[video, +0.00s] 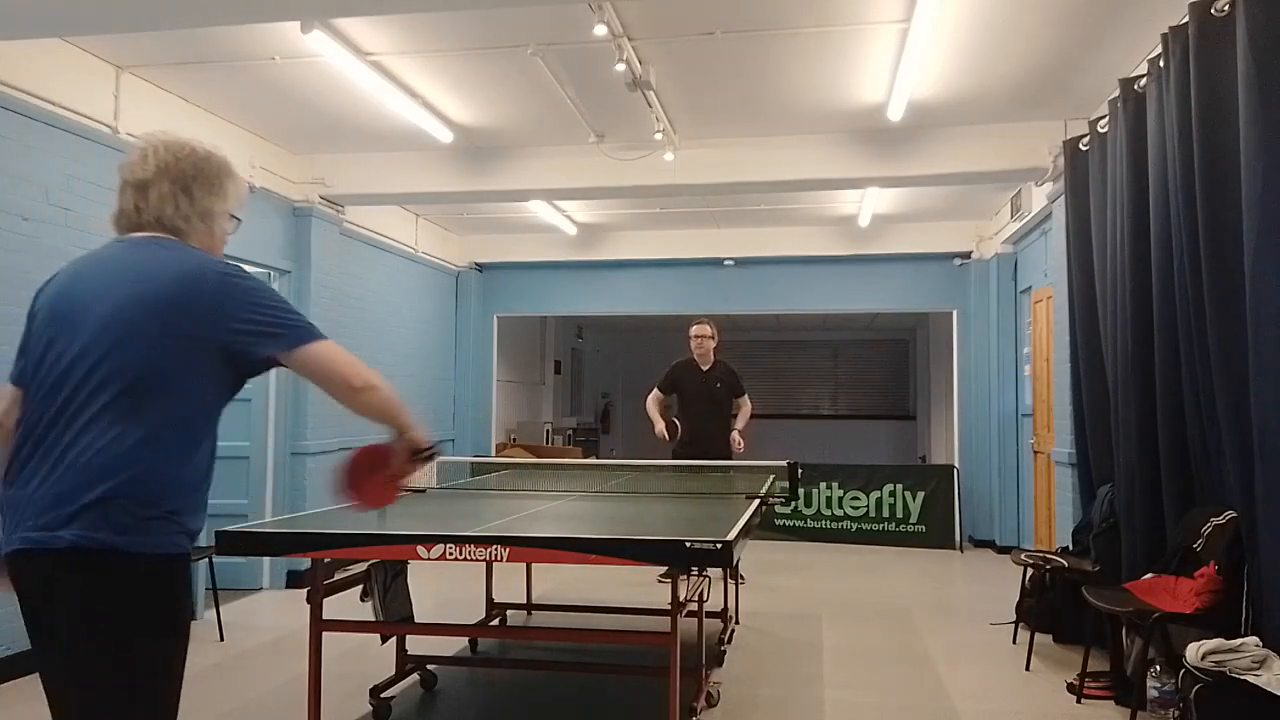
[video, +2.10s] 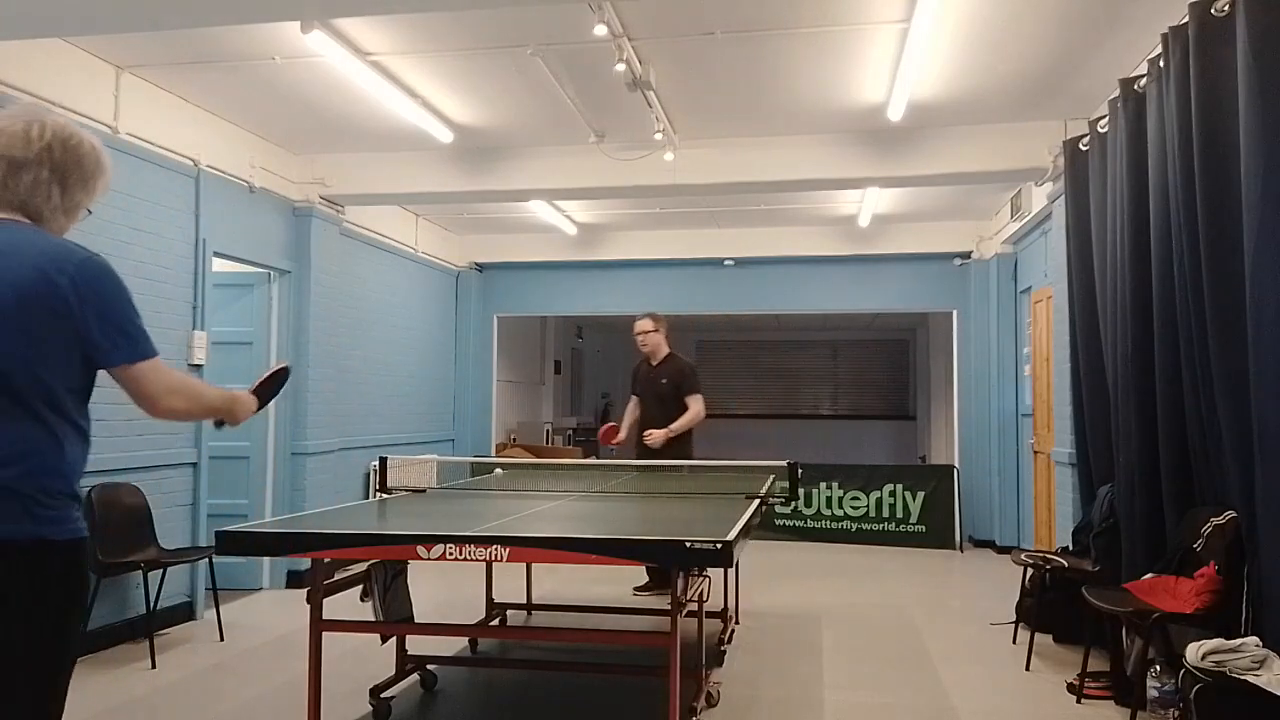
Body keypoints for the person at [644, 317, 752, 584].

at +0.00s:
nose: (700, 342)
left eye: (705, 337)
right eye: (695, 337)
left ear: (714, 341)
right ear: (689, 341)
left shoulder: (726, 372)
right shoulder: (679, 370)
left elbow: (745, 405)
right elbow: (653, 399)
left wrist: (736, 429)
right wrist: (658, 421)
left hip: (718, 454)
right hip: (685, 453)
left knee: (724, 508)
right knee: (679, 508)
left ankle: (730, 562)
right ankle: (677, 562)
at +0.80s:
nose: (696, 357)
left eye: (702, 352)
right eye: (693, 352)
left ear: (715, 350)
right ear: (689, 351)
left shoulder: (731, 380)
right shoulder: (681, 372)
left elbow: (747, 416)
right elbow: (648, 381)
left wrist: (736, 440)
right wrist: (651, 406)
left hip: (721, 459)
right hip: (686, 457)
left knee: (735, 513)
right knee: (674, 509)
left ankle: (748, 572)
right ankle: (678, 562)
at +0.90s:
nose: (704, 349)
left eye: (709, 344)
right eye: (700, 344)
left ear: (721, 345)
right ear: (696, 344)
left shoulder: (736, 377)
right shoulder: (687, 364)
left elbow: (750, 413)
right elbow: (656, 361)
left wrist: (741, 435)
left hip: (723, 457)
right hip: (688, 455)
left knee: (735, 512)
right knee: (676, 508)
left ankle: (748, 572)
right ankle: (678, 561)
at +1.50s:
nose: (724, 337)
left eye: (729, 333)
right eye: (720, 333)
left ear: (742, 335)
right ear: (716, 335)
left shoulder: (755, 370)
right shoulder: (705, 363)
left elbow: (772, 409)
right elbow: (677, 385)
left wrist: (759, 432)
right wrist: (656, 394)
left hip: (739, 455)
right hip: (703, 453)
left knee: (746, 515)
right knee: (686, 508)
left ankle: (749, 573)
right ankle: (678, 566)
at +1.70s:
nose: (703, 339)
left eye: (709, 334)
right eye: (700, 334)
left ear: (723, 337)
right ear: (697, 338)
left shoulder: (740, 371)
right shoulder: (691, 367)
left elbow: (757, 412)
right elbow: (683, 403)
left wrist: (736, 434)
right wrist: (672, 433)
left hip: (727, 458)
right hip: (692, 455)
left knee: (737, 515)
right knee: (675, 509)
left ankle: (749, 573)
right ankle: (665, 570)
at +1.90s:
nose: (669, 341)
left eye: (675, 336)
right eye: (666, 337)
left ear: (691, 337)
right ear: (663, 342)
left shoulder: (710, 372)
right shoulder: (665, 372)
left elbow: (729, 413)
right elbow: (660, 407)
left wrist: (702, 435)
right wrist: (652, 439)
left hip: (702, 460)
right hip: (668, 459)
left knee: (717, 516)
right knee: (661, 515)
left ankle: (743, 566)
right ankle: (662, 574)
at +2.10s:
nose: (641, 339)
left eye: (646, 333)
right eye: (637, 335)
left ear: (662, 334)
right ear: (636, 339)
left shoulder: (681, 367)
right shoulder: (640, 368)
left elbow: (698, 410)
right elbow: (635, 403)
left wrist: (667, 432)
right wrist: (624, 432)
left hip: (675, 459)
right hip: (645, 458)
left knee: (673, 516)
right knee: (648, 517)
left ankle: (677, 575)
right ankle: (657, 577)